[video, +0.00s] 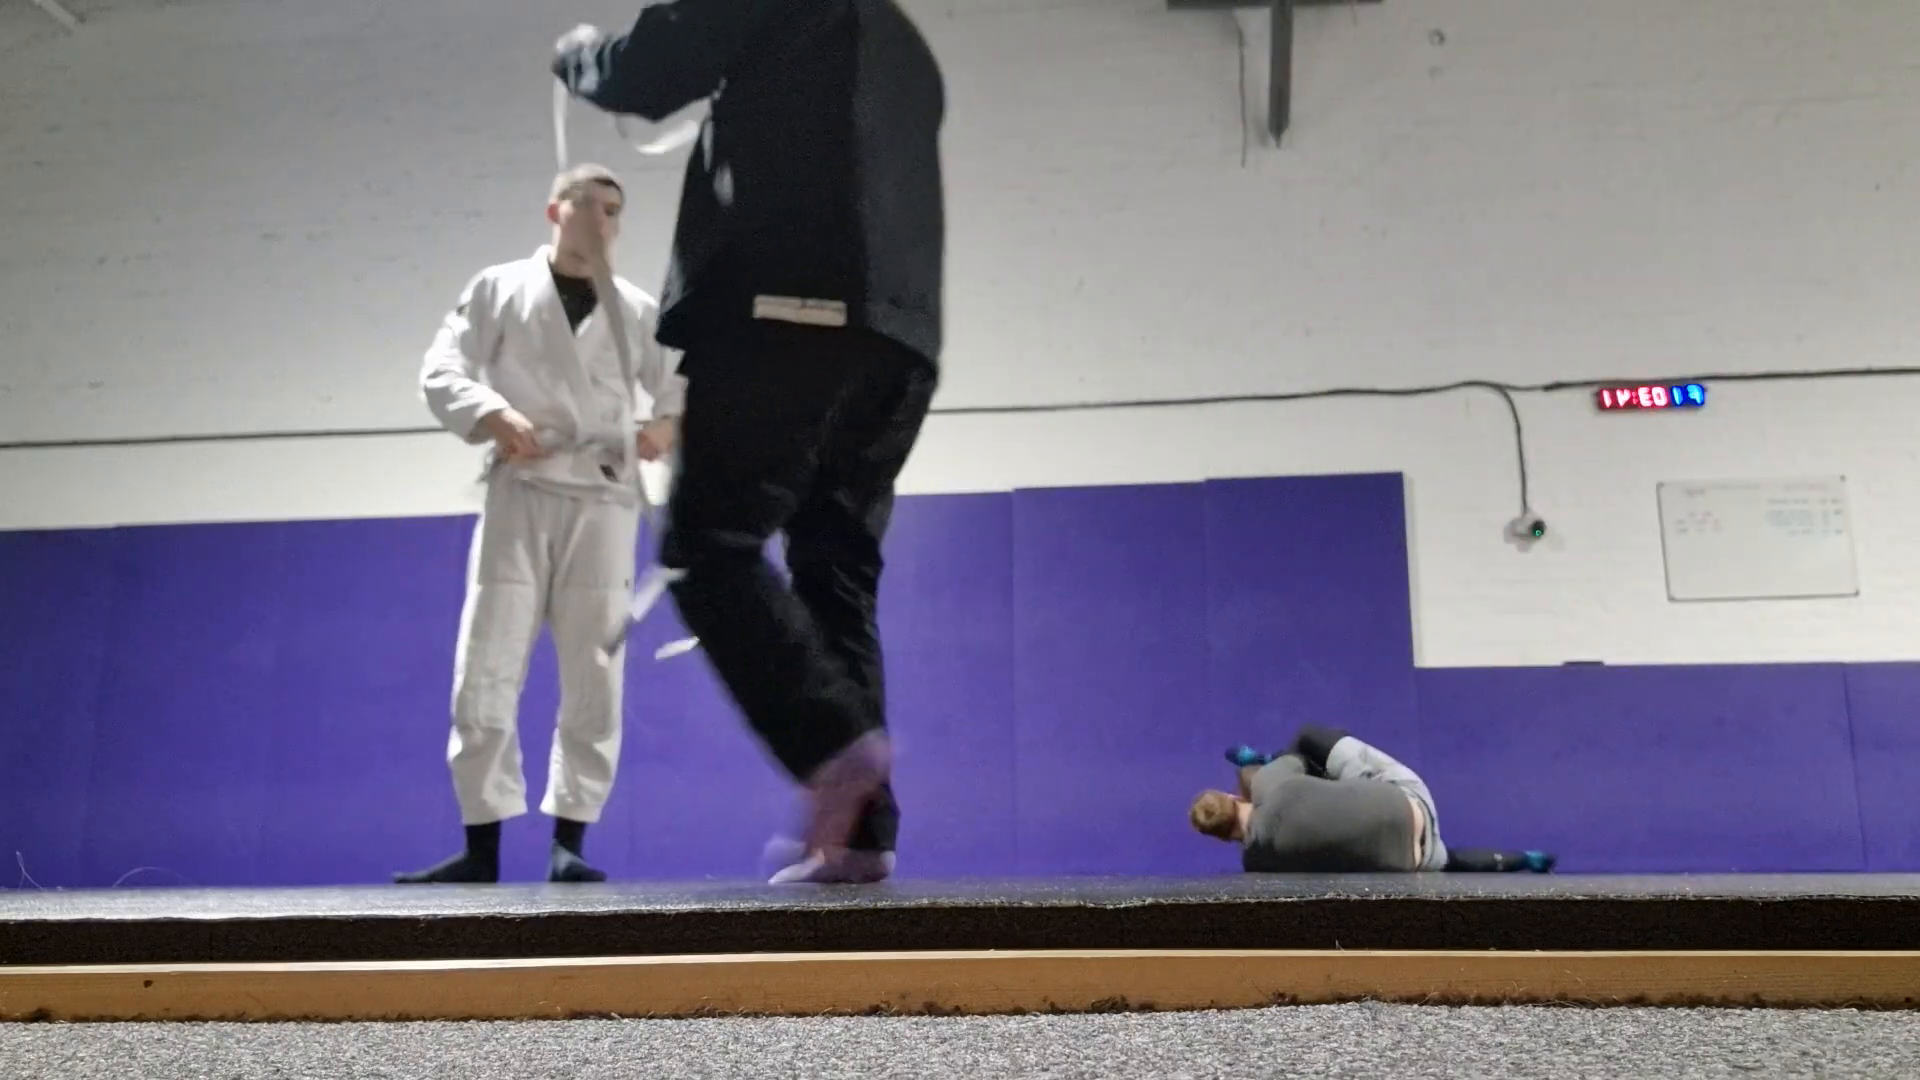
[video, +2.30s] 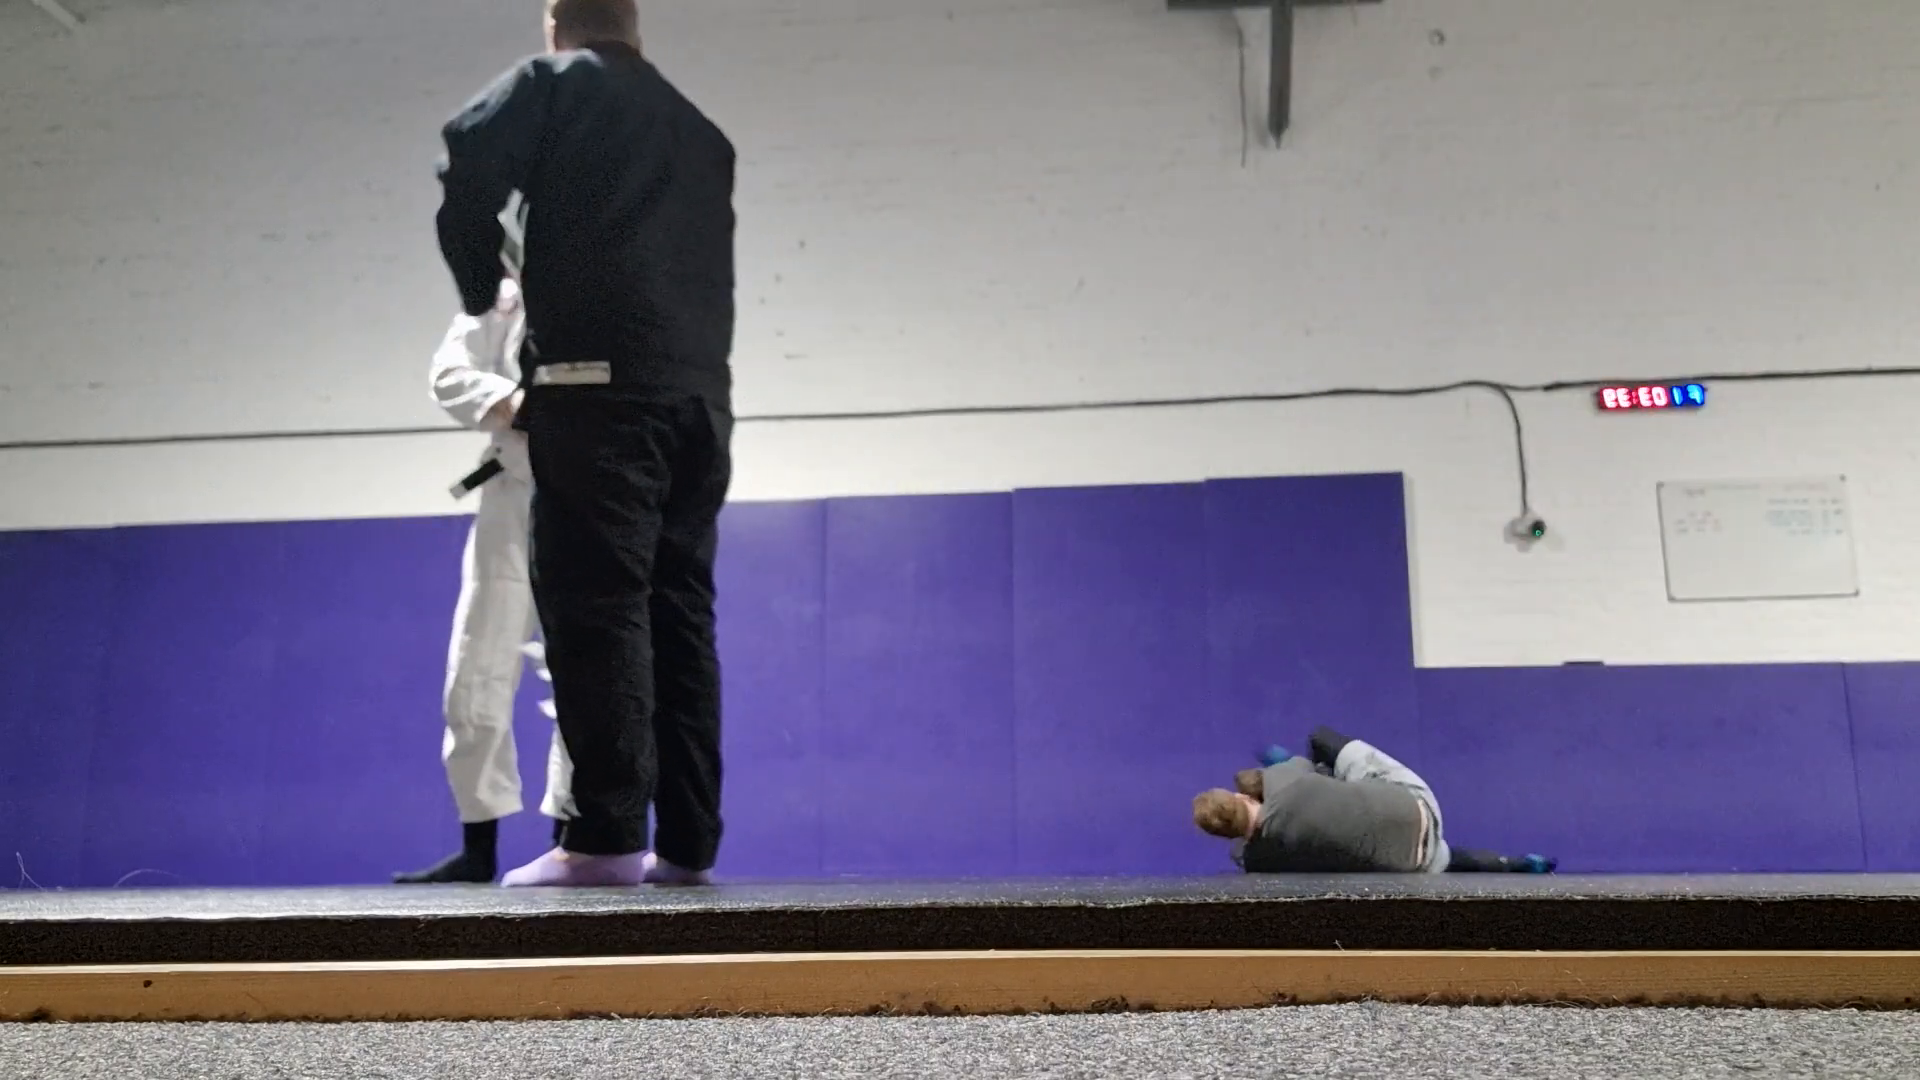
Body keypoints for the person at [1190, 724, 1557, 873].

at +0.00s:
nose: (1236, 788)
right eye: (1232, 789)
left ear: (1222, 838)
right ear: (1234, 792)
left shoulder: (1259, 863)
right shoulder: (1270, 784)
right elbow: (1301, 748)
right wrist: (1264, 769)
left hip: (1414, 860)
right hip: (1406, 802)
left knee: (1444, 858)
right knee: (1310, 737)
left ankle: (1517, 860)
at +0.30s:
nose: (1231, 791)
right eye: (1228, 789)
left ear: (1220, 835)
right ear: (1232, 789)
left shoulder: (1256, 859)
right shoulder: (1266, 781)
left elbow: (1312, 866)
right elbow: (1297, 751)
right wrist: (1257, 772)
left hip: (1414, 860)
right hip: (1408, 804)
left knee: (1443, 856)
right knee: (1307, 739)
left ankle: (1518, 861)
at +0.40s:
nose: (1227, 797)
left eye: (1213, 817)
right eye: (1224, 793)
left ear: (1219, 836)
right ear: (1230, 790)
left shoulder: (1253, 857)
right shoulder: (1265, 777)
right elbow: (1301, 746)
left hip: (1414, 859)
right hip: (1408, 801)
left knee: (1445, 858)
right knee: (1310, 738)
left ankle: (1518, 861)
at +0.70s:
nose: (1224, 792)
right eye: (1221, 794)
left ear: (1218, 840)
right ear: (1228, 796)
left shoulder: (1255, 862)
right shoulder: (1265, 781)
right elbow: (1292, 759)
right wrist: (1249, 781)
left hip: (1418, 861)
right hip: (1413, 807)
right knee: (1309, 737)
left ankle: (1471, 860)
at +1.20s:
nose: (1227, 801)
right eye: (1225, 805)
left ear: (1221, 852)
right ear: (1231, 803)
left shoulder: (1258, 864)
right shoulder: (1269, 781)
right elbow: (1291, 760)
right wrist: (1262, 765)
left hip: (1414, 860)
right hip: (1411, 808)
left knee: (1421, 851)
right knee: (1301, 742)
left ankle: (1466, 866)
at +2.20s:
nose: (1233, 790)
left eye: (1222, 826)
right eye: (1229, 791)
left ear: (1225, 840)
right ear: (1238, 794)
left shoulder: (1256, 862)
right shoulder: (1279, 781)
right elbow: (1302, 769)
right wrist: (1257, 783)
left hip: (1417, 862)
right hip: (1416, 808)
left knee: (1447, 855)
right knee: (1337, 730)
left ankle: (1518, 865)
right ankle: (1340, 775)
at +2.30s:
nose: (1232, 799)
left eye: (1220, 822)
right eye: (1230, 796)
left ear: (1226, 836)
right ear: (1239, 791)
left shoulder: (1259, 857)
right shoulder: (1279, 776)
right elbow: (1312, 771)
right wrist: (1274, 777)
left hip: (1421, 861)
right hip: (1423, 807)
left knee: (1447, 855)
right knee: (1323, 737)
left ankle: (1523, 865)